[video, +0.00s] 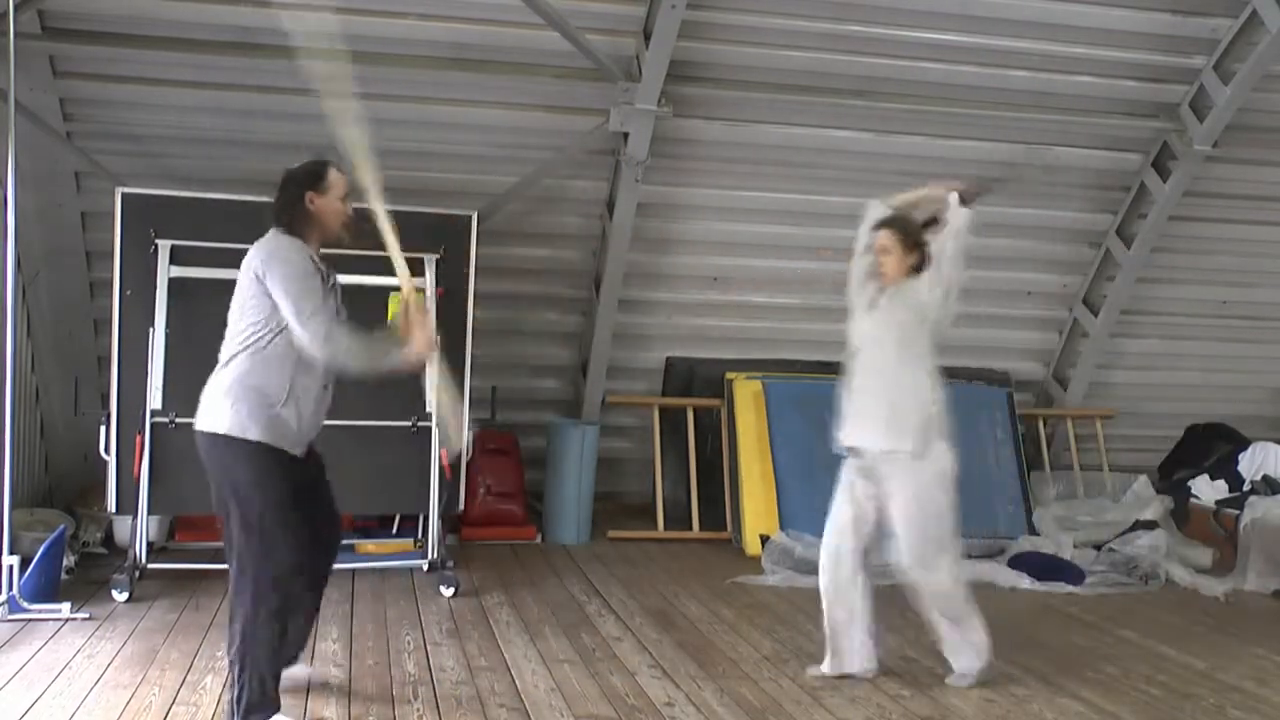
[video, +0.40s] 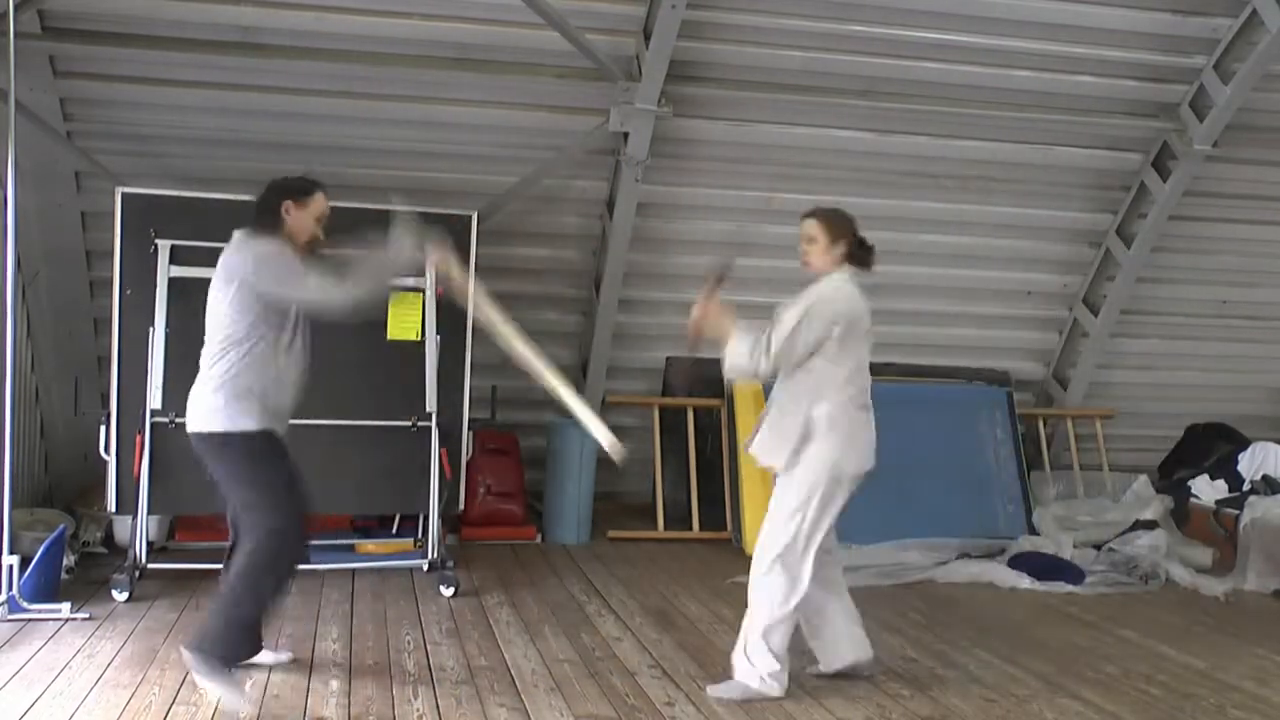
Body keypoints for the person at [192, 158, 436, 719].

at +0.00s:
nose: (349, 209)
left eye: (348, 199)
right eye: (342, 198)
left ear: (313, 202)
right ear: (310, 201)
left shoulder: (320, 274)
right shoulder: (280, 251)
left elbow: (339, 346)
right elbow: (324, 341)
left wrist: (399, 336)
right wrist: (402, 351)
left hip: (285, 434)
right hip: (243, 427)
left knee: (319, 540)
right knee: (269, 560)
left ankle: (278, 660)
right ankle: (251, 708)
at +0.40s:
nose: (322, 231)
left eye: (324, 221)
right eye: (318, 218)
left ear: (289, 210)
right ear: (289, 209)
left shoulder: (270, 255)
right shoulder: (255, 252)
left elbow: (347, 274)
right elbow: (340, 294)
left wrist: (414, 256)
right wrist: (411, 259)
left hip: (247, 420)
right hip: (229, 421)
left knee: (267, 532)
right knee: (277, 531)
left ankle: (241, 643)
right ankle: (210, 652)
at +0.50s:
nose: (328, 229)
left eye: (329, 220)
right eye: (326, 219)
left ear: (294, 209)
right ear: (302, 209)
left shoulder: (252, 241)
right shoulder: (265, 236)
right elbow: (348, 235)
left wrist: (379, 186)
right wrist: (382, 178)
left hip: (226, 412)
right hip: (234, 413)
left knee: (252, 524)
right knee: (300, 503)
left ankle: (237, 645)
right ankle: (190, 551)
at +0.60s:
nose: (344, 246)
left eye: (348, 236)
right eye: (343, 232)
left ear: (314, 216)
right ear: (321, 215)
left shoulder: (266, 236)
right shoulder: (284, 229)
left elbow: (298, 185)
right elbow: (328, 189)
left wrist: (289, 129)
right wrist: (302, 130)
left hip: (229, 405)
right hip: (233, 404)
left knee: (240, 523)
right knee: (307, 498)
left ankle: (236, 644)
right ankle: (195, 532)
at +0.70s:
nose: (334, 232)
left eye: (336, 226)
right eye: (330, 222)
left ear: (298, 218)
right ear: (303, 213)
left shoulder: (262, 245)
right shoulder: (278, 230)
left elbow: (290, 195)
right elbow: (330, 167)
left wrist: (278, 138)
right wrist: (295, 114)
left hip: (223, 404)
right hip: (238, 404)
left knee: (237, 520)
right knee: (301, 507)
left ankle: (242, 642)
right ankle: (208, 592)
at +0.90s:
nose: (309, 214)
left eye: (309, 205)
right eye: (301, 203)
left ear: (264, 208)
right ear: (272, 204)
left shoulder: (233, 254)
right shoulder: (270, 247)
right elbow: (354, 228)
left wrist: (322, 180)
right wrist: (364, 179)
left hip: (212, 413)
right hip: (237, 414)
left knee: (252, 538)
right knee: (274, 541)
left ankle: (248, 646)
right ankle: (241, 672)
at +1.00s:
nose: (317, 239)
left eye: (317, 229)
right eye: (311, 229)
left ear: (274, 229)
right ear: (283, 230)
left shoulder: (233, 268)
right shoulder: (271, 276)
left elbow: (315, 296)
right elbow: (344, 310)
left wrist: (361, 273)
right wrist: (383, 279)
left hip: (184, 421)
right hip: (213, 428)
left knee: (247, 522)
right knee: (261, 548)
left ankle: (220, 619)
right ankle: (246, 679)